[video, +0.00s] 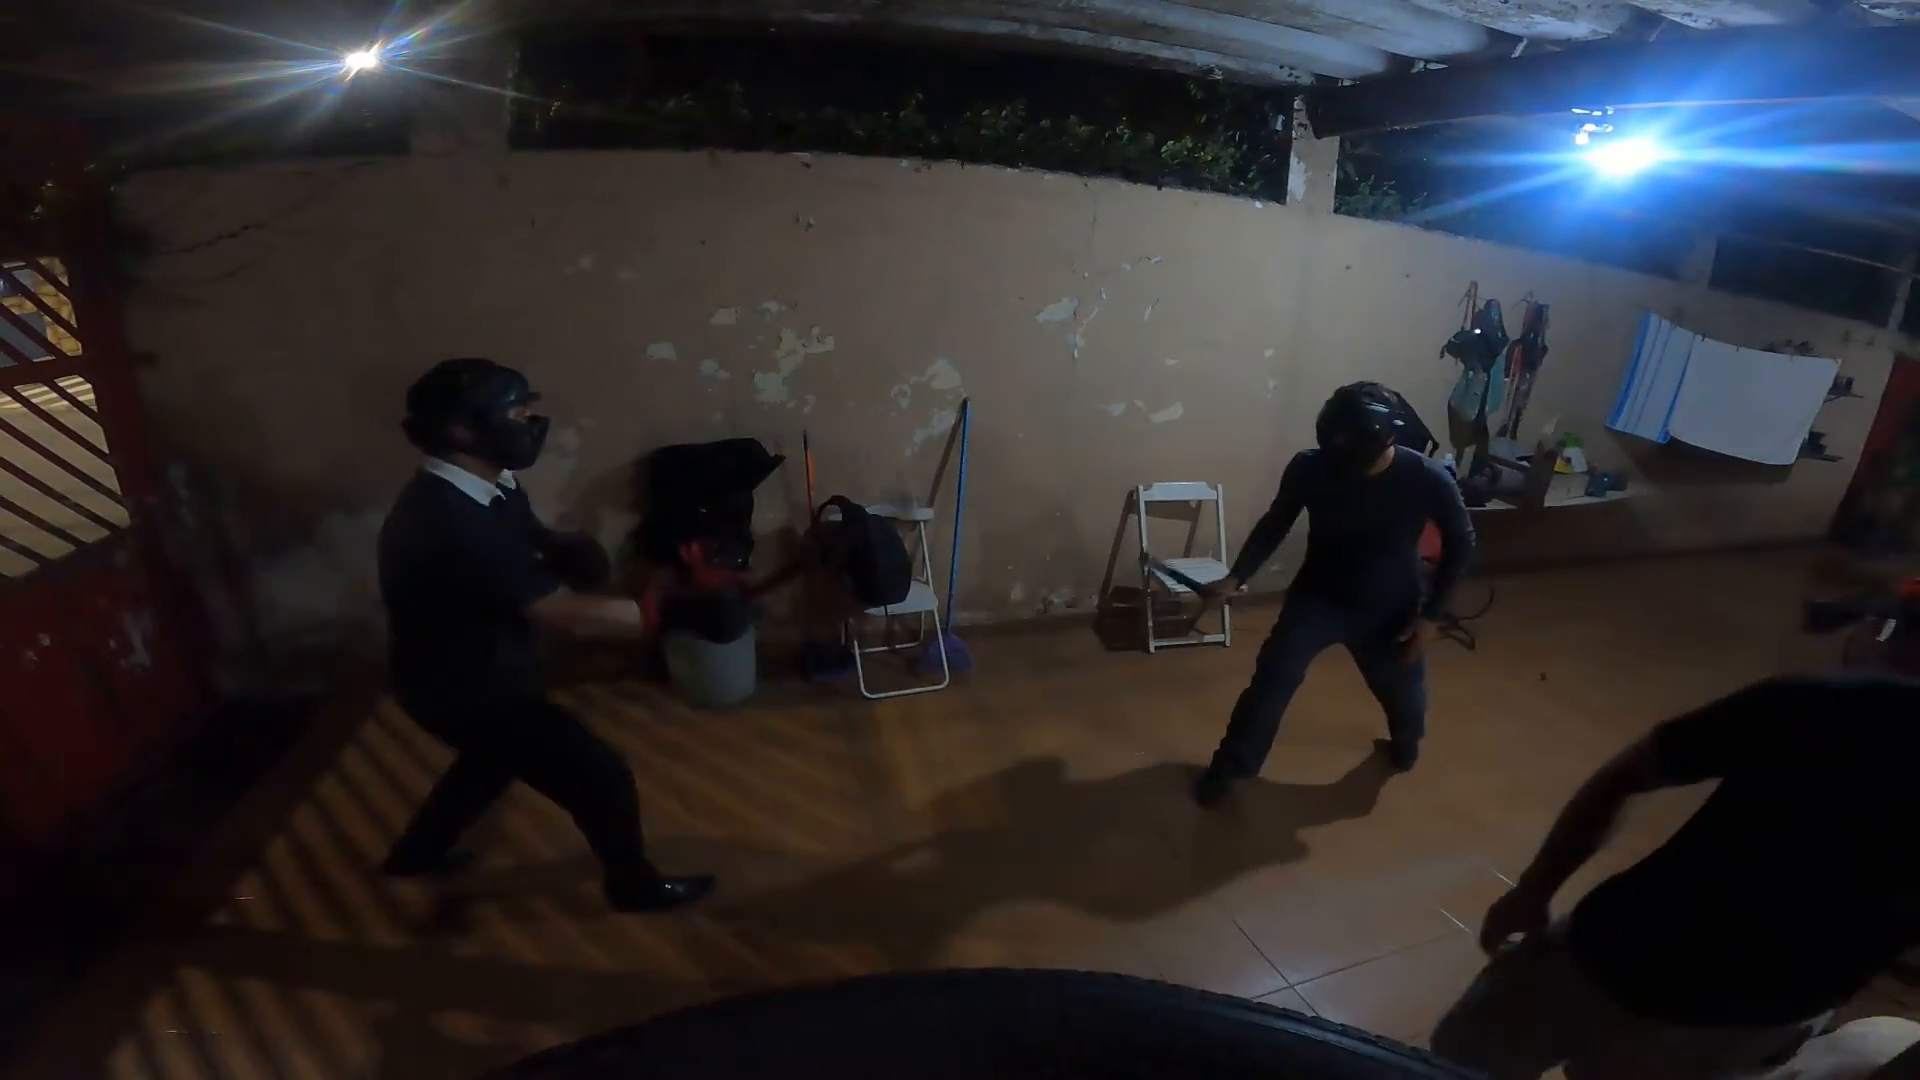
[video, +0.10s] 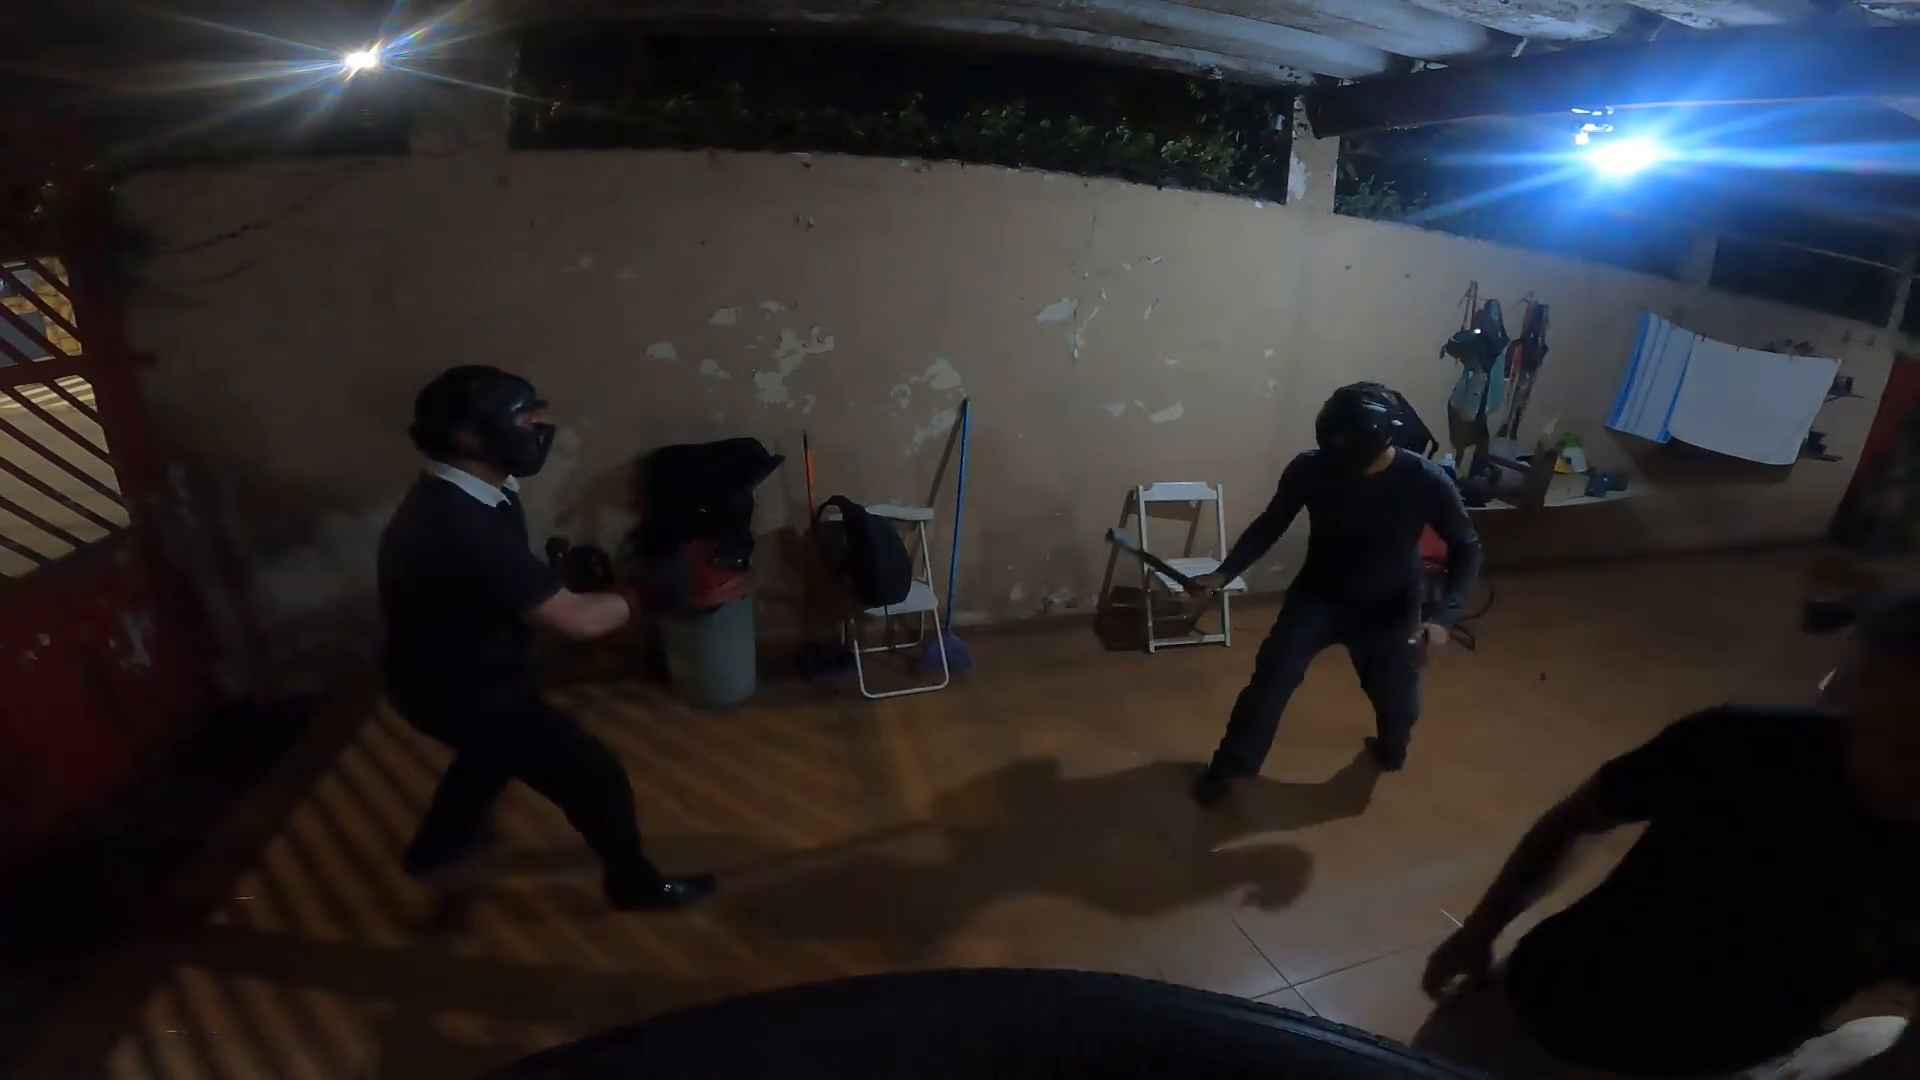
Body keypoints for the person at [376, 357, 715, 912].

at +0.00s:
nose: (534, 415)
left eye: (527, 403)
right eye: (513, 408)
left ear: (464, 433)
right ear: (463, 433)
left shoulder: (490, 486)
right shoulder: (445, 522)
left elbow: (523, 543)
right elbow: (548, 609)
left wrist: (563, 556)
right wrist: (654, 616)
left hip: (493, 674)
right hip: (455, 693)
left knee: (495, 758)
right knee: (601, 776)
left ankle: (418, 852)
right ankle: (632, 882)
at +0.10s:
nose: (538, 426)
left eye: (533, 414)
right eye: (519, 419)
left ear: (468, 438)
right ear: (470, 438)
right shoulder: (464, 526)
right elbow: (575, 618)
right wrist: (637, 599)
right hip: (458, 695)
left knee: (495, 748)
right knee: (594, 774)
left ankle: (436, 852)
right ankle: (631, 879)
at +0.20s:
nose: (535, 440)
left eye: (531, 428)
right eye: (518, 432)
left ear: (464, 449)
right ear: (468, 449)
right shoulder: (465, 534)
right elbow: (567, 629)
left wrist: (558, 580)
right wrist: (640, 601)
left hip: (420, 686)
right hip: (451, 700)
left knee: (491, 747)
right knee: (595, 766)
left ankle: (432, 850)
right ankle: (632, 876)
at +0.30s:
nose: (527, 449)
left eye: (522, 437)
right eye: (510, 440)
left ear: (454, 456)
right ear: (458, 455)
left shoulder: (431, 514)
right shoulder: (461, 541)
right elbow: (498, 670)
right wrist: (574, 701)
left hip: (419, 692)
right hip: (449, 704)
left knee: (509, 730)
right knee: (610, 740)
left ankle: (436, 850)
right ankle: (650, 868)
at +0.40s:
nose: (534, 445)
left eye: (529, 434)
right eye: (517, 438)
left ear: (466, 459)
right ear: (470, 458)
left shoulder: (466, 518)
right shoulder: (458, 543)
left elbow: (491, 598)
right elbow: (450, 676)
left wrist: (552, 578)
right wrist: (530, 729)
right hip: (454, 706)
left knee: (510, 744)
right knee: (626, 759)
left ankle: (433, 853)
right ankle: (690, 877)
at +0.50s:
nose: (554, 444)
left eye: (547, 432)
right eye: (535, 438)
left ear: (483, 463)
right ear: (485, 462)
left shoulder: (488, 517)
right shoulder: (485, 544)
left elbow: (551, 606)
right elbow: (493, 679)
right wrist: (560, 724)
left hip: (442, 697)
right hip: (470, 711)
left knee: (508, 755)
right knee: (637, 773)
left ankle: (433, 853)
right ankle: (704, 888)